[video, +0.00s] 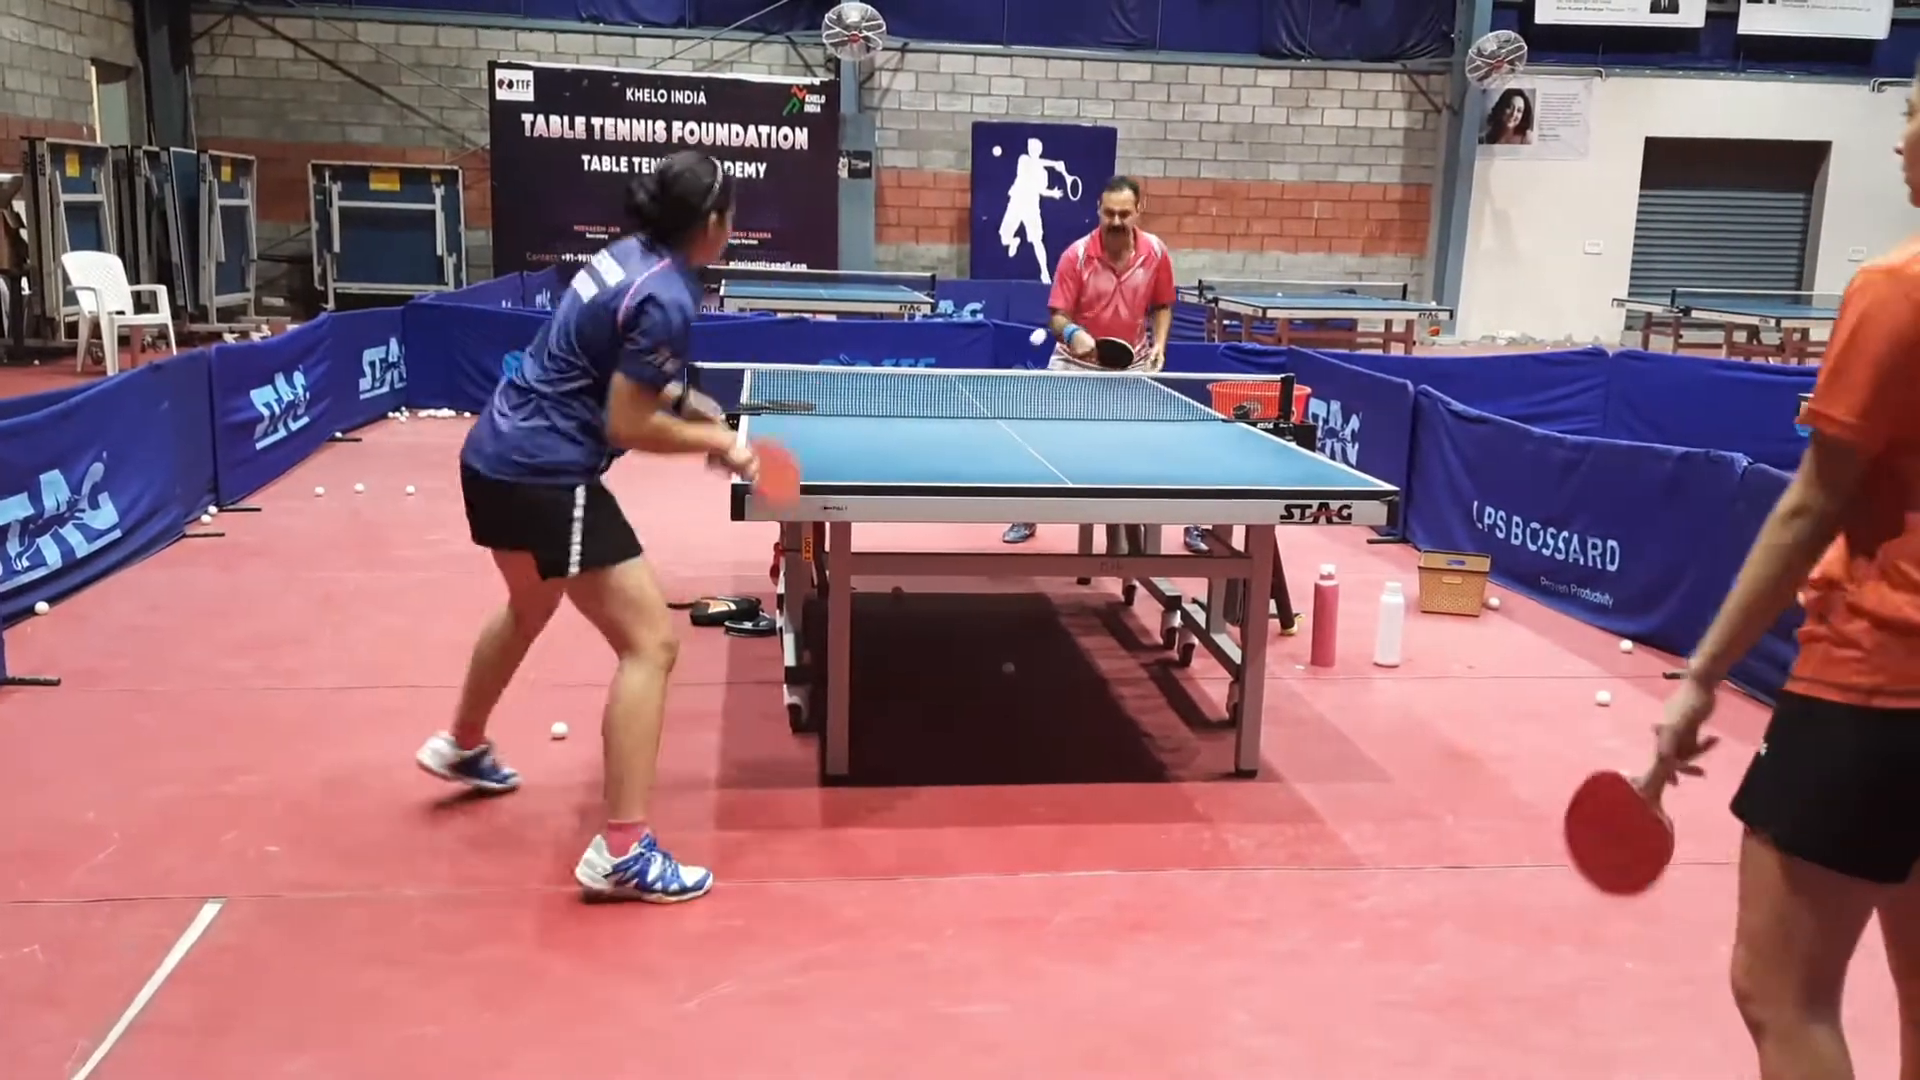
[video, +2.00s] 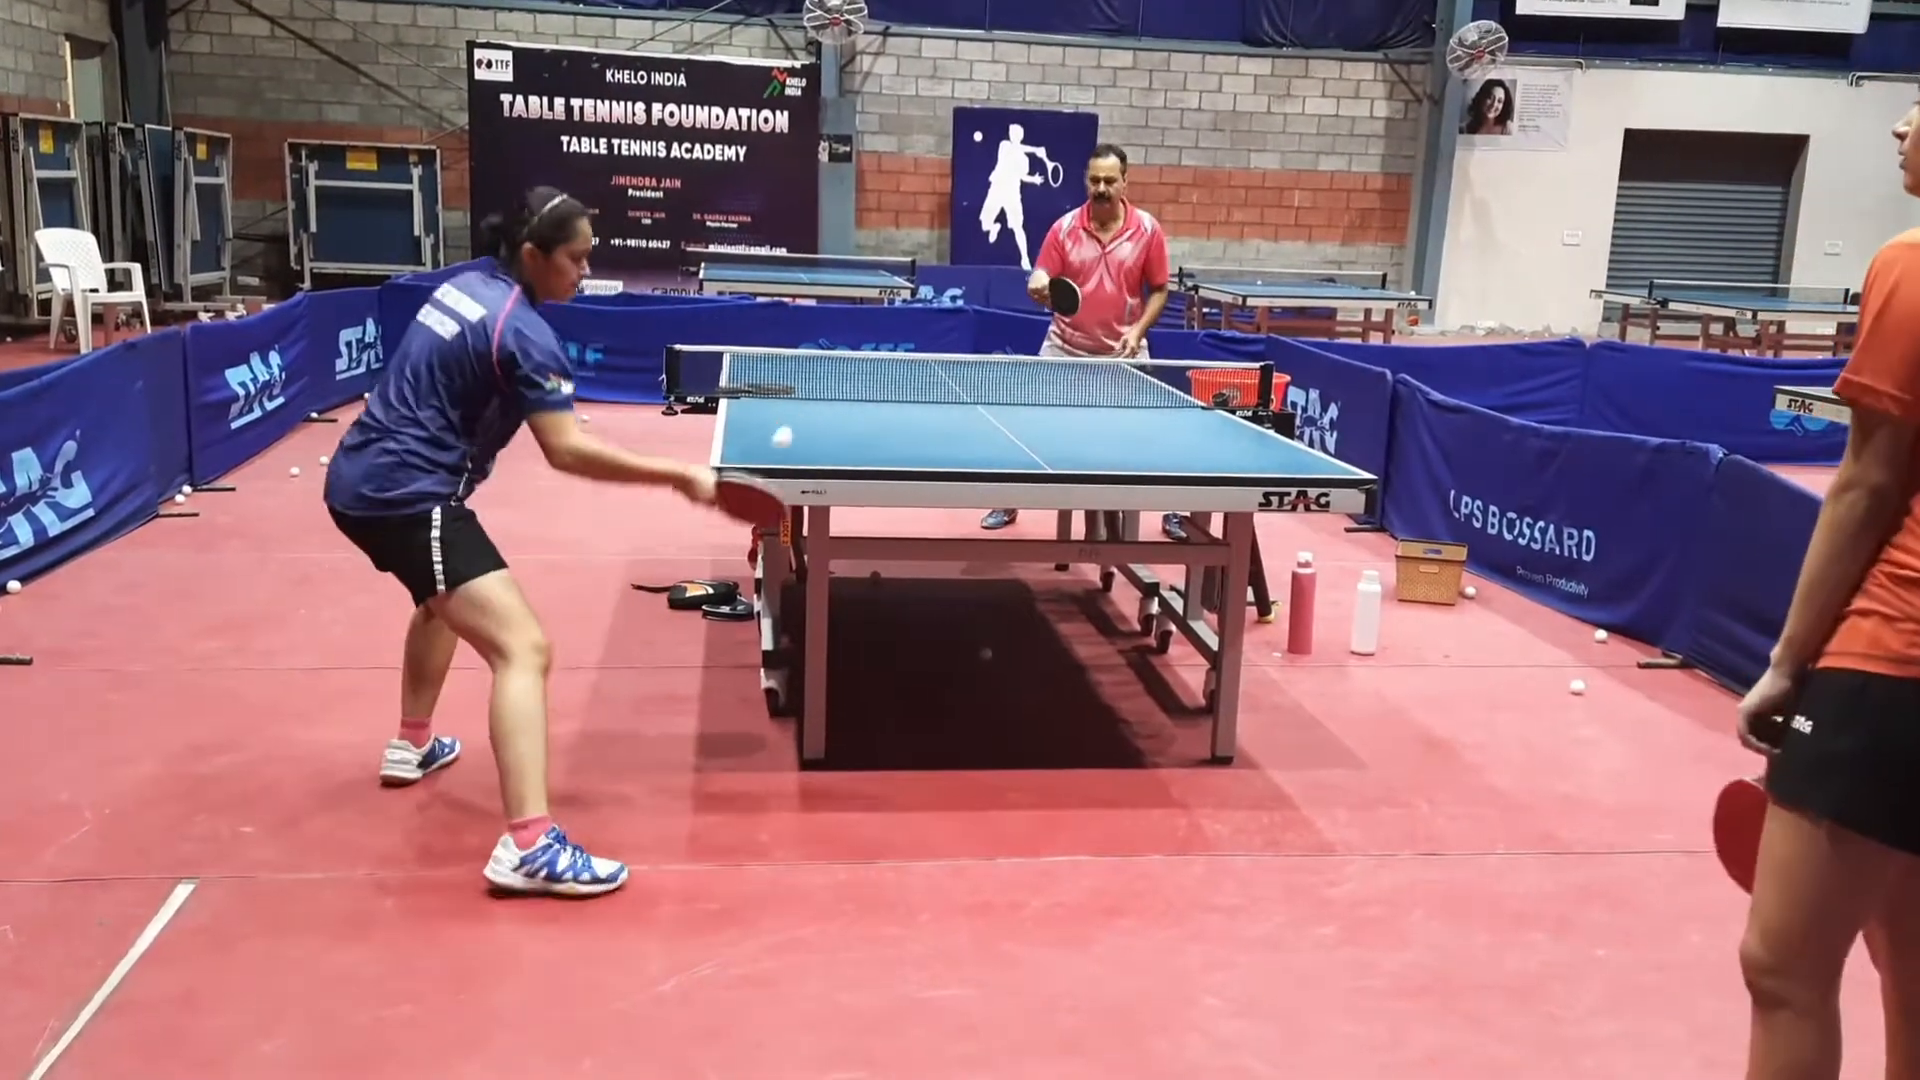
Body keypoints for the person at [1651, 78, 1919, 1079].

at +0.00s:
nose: (1902, 147)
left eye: (1909, 128)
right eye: (1907, 126)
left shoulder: (1896, 290)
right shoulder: (1890, 290)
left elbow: (1812, 508)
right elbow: (1813, 504)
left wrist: (1701, 676)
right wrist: (1703, 678)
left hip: (1871, 693)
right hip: (1896, 694)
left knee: (1783, 994)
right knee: (1917, 985)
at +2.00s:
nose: (1900, 138)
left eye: (1910, 123)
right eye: (1906, 122)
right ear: (1909, 138)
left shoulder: (1907, 265)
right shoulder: (1902, 268)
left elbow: (1874, 482)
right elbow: (1871, 482)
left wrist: (1787, 662)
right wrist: (1802, 664)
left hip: (1880, 662)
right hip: (1886, 665)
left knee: (1784, 976)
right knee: (1909, 977)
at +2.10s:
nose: (1898, 136)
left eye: (1908, 119)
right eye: (1904, 118)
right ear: (1910, 138)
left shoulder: (1907, 263)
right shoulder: (1901, 266)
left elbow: (1874, 478)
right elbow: (1871, 478)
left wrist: (1784, 659)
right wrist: (1801, 664)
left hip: (1878, 659)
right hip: (1885, 661)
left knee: (1774, 968)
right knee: (1906, 970)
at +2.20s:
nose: (1893, 134)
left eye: (1908, 113)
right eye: (1901, 112)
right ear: (1917, 131)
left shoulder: (1906, 258)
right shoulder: (1900, 260)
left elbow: (1867, 476)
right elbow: (1868, 476)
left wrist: (1776, 661)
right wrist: (1795, 663)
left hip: (1881, 660)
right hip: (1894, 664)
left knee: (1753, 959)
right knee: (1906, 965)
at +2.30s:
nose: (1882, 121)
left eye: (1899, 98)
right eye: (1891, 97)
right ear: (1919, 119)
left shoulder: (1898, 262)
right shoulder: (1899, 261)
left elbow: (1851, 483)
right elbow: (1855, 483)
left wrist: (1768, 664)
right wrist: (1786, 661)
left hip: (1871, 667)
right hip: (1901, 671)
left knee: (1751, 963)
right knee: (1905, 969)